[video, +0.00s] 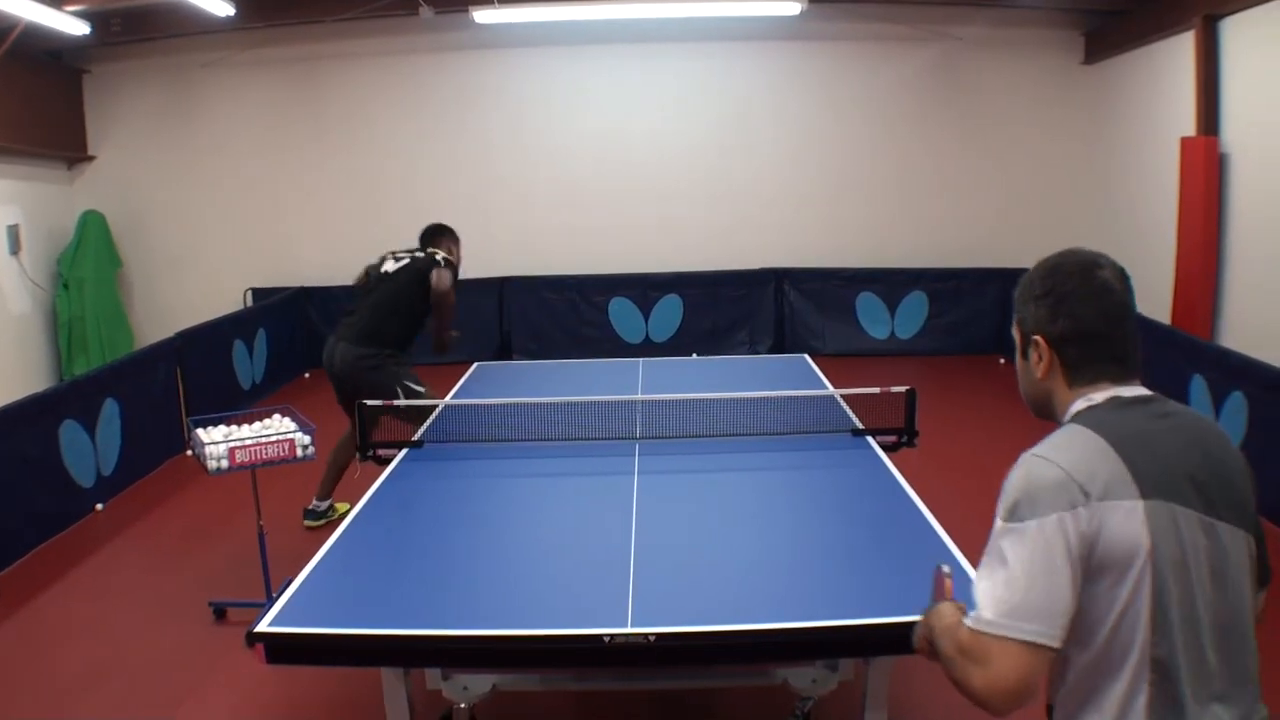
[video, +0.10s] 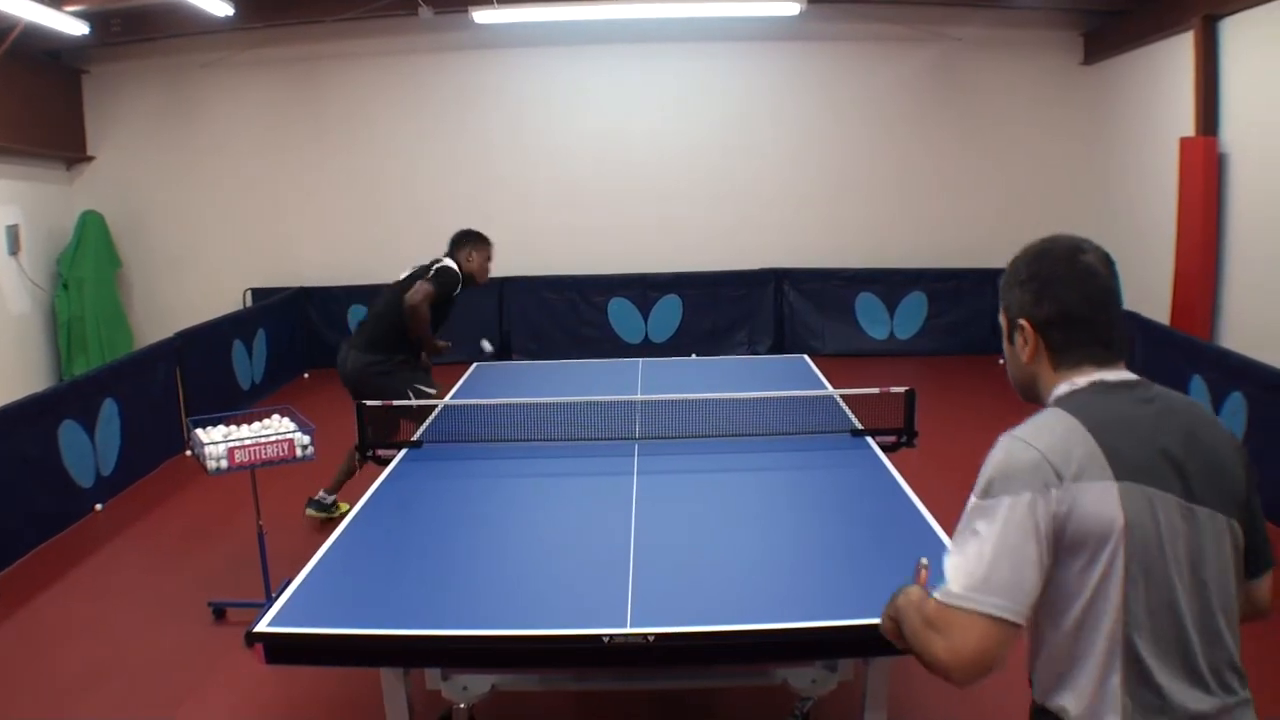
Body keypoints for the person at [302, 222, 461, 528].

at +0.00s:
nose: (459, 256)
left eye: (459, 250)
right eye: (457, 250)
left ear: (425, 246)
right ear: (446, 246)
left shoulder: (394, 257)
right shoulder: (440, 260)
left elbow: (361, 281)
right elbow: (441, 287)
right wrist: (442, 335)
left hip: (338, 353)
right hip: (372, 358)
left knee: (360, 426)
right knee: (438, 422)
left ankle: (319, 505)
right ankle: (440, 499)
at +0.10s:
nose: (489, 269)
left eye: (490, 261)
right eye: (487, 260)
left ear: (460, 255)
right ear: (469, 256)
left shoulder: (430, 267)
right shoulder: (449, 272)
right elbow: (415, 299)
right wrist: (428, 343)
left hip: (359, 359)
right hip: (384, 364)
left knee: (379, 429)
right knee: (442, 424)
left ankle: (325, 497)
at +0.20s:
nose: (500, 267)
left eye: (504, 262)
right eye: (496, 258)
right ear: (474, 250)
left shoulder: (465, 284)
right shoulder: (444, 271)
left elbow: (440, 321)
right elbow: (392, 297)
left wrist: (453, 351)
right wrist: (425, 341)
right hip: (386, 362)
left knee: (419, 435)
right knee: (446, 420)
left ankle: (345, 477)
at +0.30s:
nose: (495, 254)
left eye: (502, 250)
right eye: (490, 245)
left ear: (507, 250)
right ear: (473, 236)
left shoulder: (482, 267)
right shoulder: (439, 262)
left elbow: (470, 298)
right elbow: (386, 292)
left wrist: (487, 331)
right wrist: (425, 333)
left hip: (433, 352)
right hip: (403, 352)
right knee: (448, 415)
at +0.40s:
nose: (500, 240)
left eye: (507, 234)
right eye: (494, 231)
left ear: (513, 233)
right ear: (477, 223)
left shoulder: (498, 253)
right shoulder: (443, 250)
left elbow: (488, 281)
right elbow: (393, 286)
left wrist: (510, 310)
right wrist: (438, 319)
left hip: (449, 329)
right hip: (411, 327)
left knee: (461, 392)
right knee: (443, 397)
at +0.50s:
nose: (507, 236)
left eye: (514, 230)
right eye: (499, 228)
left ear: (519, 229)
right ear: (483, 222)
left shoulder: (510, 253)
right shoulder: (451, 251)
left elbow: (504, 279)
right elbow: (406, 289)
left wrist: (531, 305)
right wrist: (454, 316)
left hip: (469, 329)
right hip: (431, 331)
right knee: (451, 401)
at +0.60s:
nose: (517, 241)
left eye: (523, 235)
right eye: (509, 233)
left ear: (528, 237)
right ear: (491, 232)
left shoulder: (525, 264)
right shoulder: (460, 263)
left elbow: (527, 291)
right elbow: (418, 303)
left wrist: (559, 316)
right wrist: (467, 328)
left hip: (494, 341)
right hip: (453, 344)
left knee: (527, 383)